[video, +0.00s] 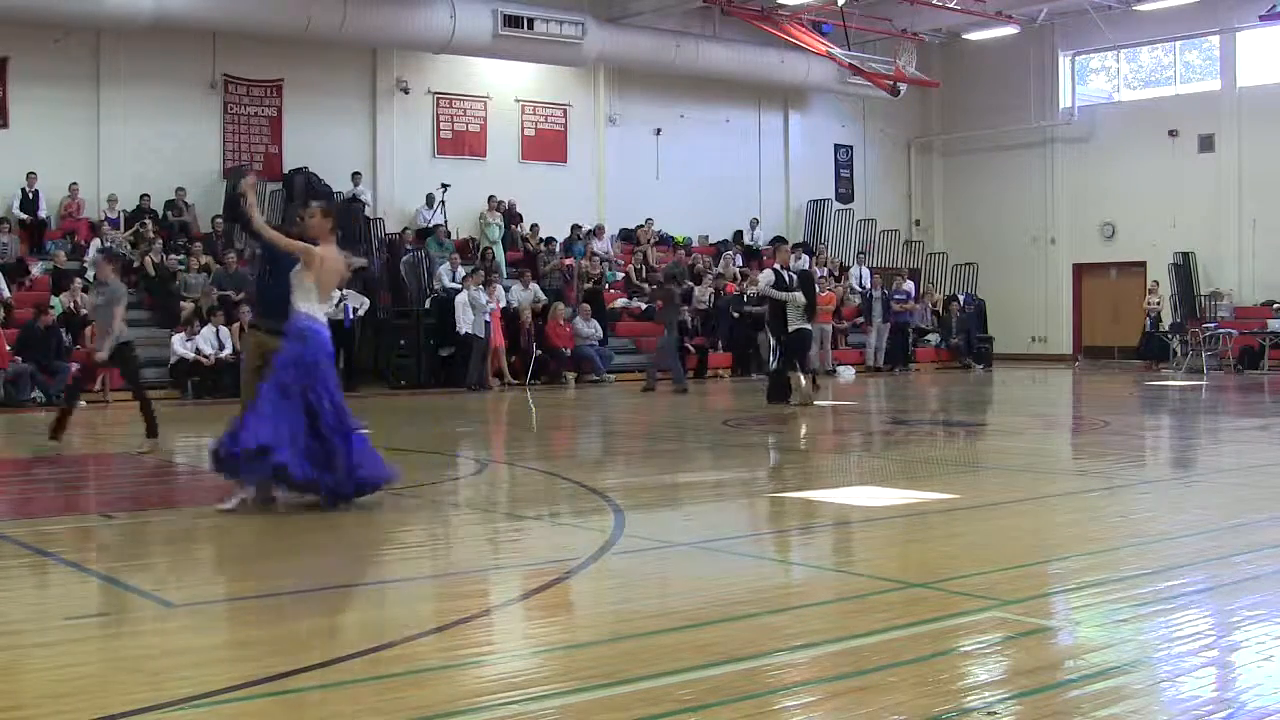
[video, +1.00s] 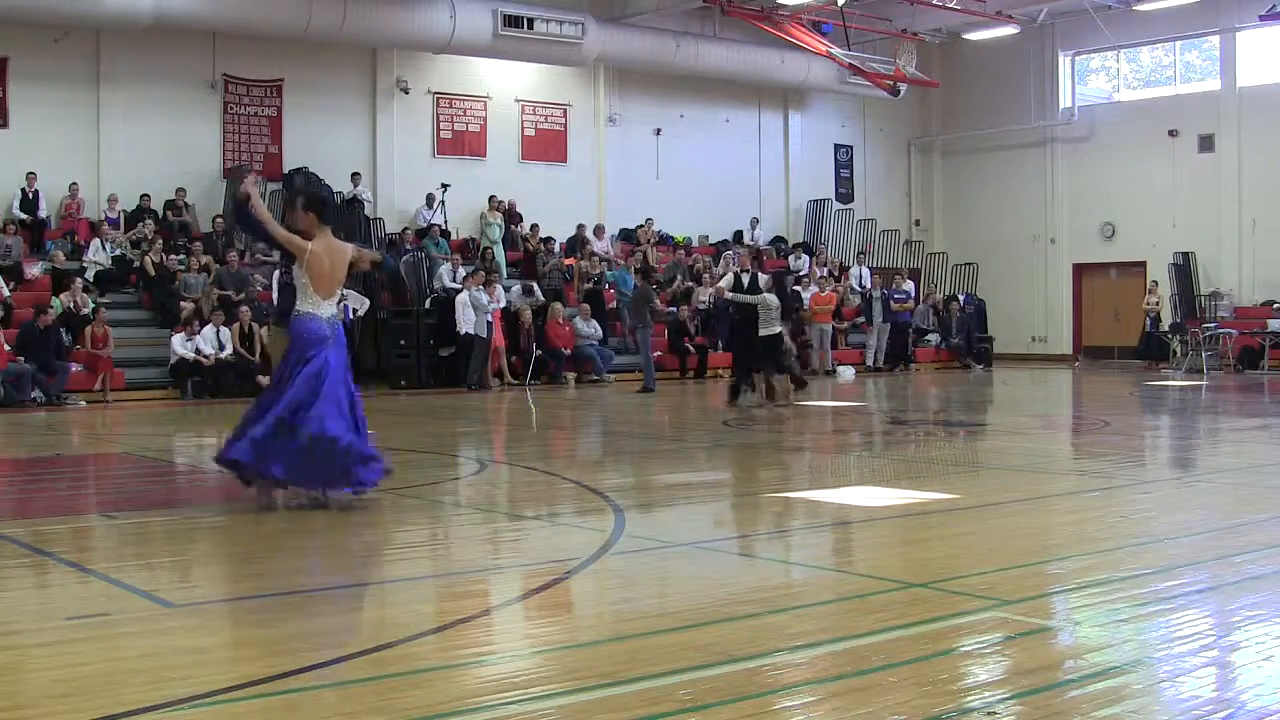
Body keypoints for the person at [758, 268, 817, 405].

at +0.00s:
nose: (795, 281)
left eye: (797, 279)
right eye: (796, 279)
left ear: (800, 281)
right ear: (810, 282)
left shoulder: (797, 296)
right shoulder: (810, 297)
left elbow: (777, 294)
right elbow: (782, 294)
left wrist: (761, 288)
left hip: (796, 331)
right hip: (806, 330)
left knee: (791, 363)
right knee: (803, 364)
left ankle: (800, 394)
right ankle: (807, 396)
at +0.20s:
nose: (794, 281)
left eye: (795, 279)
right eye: (795, 279)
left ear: (798, 281)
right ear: (810, 282)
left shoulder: (794, 295)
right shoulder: (808, 296)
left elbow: (774, 293)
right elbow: (780, 294)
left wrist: (759, 285)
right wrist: (763, 288)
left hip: (794, 331)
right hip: (805, 330)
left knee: (784, 363)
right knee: (804, 365)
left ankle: (786, 393)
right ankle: (808, 396)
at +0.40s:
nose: (789, 281)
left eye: (791, 279)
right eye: (790, 278)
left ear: (795, 282)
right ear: (805, 282)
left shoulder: (789, 296)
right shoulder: (805, 298)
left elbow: (770, 295)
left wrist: (753, 287)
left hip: (791, 332)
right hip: (803, 332)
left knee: (779, 362)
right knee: (802, 366)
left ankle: (788, 392)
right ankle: (807, 396)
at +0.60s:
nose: (783, 282)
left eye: (785, 280)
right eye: (784, 280)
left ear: (789, 283)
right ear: (798, 283)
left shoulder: (784, 297)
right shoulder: (798, 298)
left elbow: (765, 297)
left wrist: (747, 292)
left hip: (787, 333)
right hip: (796, 331)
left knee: (791, 366)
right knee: (796, 366)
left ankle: (796, 396)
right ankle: (805, 396)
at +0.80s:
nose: (775, 281)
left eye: (777, 279)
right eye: (776, 278)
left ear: (782, 282)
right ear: (786, 283)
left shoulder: (777, 297)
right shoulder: (785, 297)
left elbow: (756, 297)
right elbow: (759, 297)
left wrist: (735, 292)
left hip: (778, 334)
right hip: (785, 332)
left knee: (780, 368)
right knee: (784, 367)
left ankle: (785, 397)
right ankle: (785, 396)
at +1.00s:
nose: (764, 283)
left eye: (766, 281)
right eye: (765, 281)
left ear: (770, 284)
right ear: (776, 285)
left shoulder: (764, 298)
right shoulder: (777, 297)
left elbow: (745, 298)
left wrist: (725, 294)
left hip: (765, 335)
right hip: (777, 333)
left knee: (766, 366)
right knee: (778, 365)